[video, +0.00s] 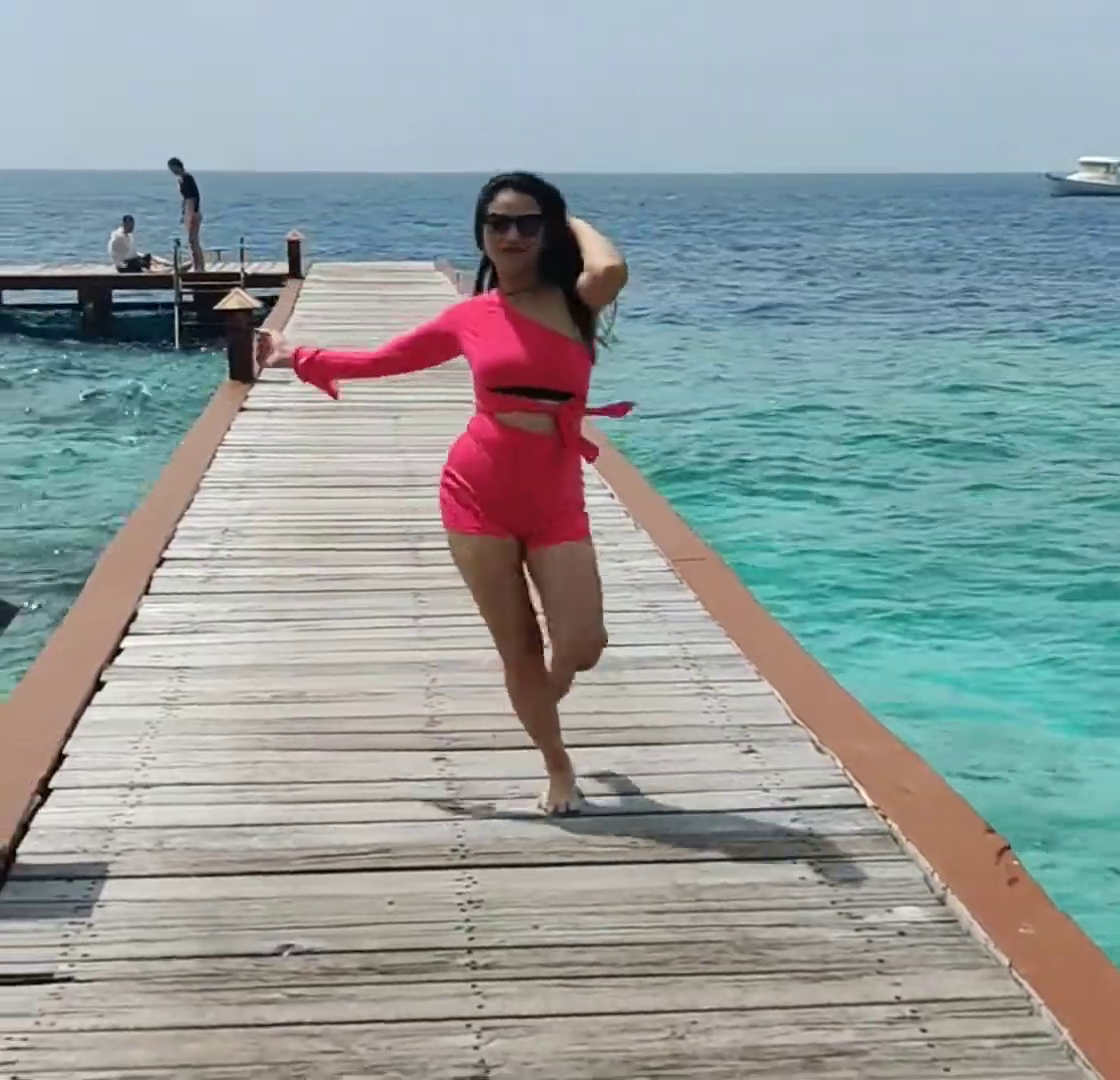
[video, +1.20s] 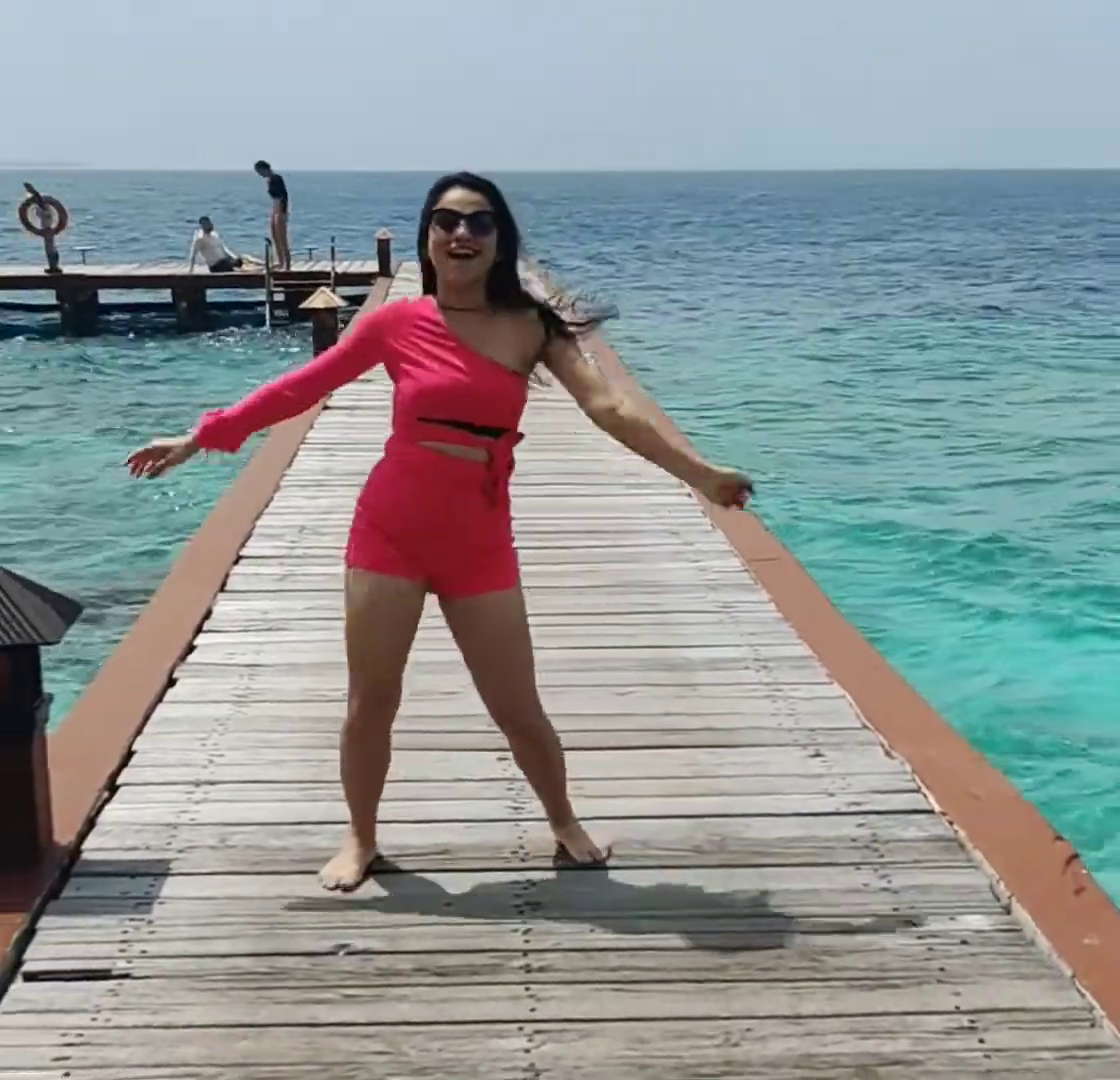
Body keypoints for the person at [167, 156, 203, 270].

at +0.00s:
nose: (173, 171)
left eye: (174, 168)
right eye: (171, 169)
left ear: (179, 166)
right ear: (171, 169)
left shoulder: (187, 179)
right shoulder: (182, 179)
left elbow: (191, 198)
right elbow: (185, 198)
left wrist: (190, 215)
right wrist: (183, 214)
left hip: (194, 211)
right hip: (190, 210)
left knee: (193, 240)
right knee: (193, 240)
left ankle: (198, 267)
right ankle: (198, 266)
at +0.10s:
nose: (187, 171)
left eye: (187, 168)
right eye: (185, 169)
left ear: (192, 167)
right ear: (187, 169)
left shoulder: (201, 178)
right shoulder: (197, 179)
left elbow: (206, 198)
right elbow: (203, 198)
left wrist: (204, 216)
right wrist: (203, 215)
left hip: (209, 211)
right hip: (205, 210)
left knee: (208, 240)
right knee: (207, 240)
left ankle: (213, 267)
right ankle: (213, 267)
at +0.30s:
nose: (200, 173)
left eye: (200, 170)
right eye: (198, 171)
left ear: (205, 168)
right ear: (202, 170)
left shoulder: (215, 180)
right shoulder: (212, 179)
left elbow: (222, 195)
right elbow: (218, 196)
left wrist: (220, 212)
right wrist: (218, 212)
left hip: (224, 213)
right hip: (219, 213)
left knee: (224, 240)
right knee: (215, 239)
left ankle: (227, 267)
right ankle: (225, 261)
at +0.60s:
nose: (213, 175)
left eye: (213, 172)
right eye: (211, 173)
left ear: (218, 169)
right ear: (212, 172)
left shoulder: (229, 180)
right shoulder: (224, 181)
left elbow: (236, 195)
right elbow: (230, 196)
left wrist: (234, 211)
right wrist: (230, 211)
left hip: (237, 211)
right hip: (232, 211)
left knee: (238, 240)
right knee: (232, 239)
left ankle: (241, 266)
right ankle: (234, 264)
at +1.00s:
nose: (219, 176)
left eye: (219, 173)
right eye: (217, 174)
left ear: (224, 170)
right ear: (219, 172)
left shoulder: (235, 180)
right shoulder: (229, 182)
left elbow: (244, 197)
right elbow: (231, 200)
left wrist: (246, 212)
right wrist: (227, 215)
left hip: (241, 209)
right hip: (234, 208)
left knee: (242, 238)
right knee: (235, 238)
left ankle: (246, 267)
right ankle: (240, 264)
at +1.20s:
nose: (211, 226)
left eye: (210, 224)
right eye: (208, 225)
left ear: (211, 224)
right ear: (203, 226)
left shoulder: (214, 235)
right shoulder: (199, 240)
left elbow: (224, 248)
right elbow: (193, 256)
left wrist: (234, 258)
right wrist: (190, 271)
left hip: (224, 260)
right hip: (216, 265)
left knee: (245, 258)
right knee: (241, 267)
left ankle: (266, 265)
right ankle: (262, 271)